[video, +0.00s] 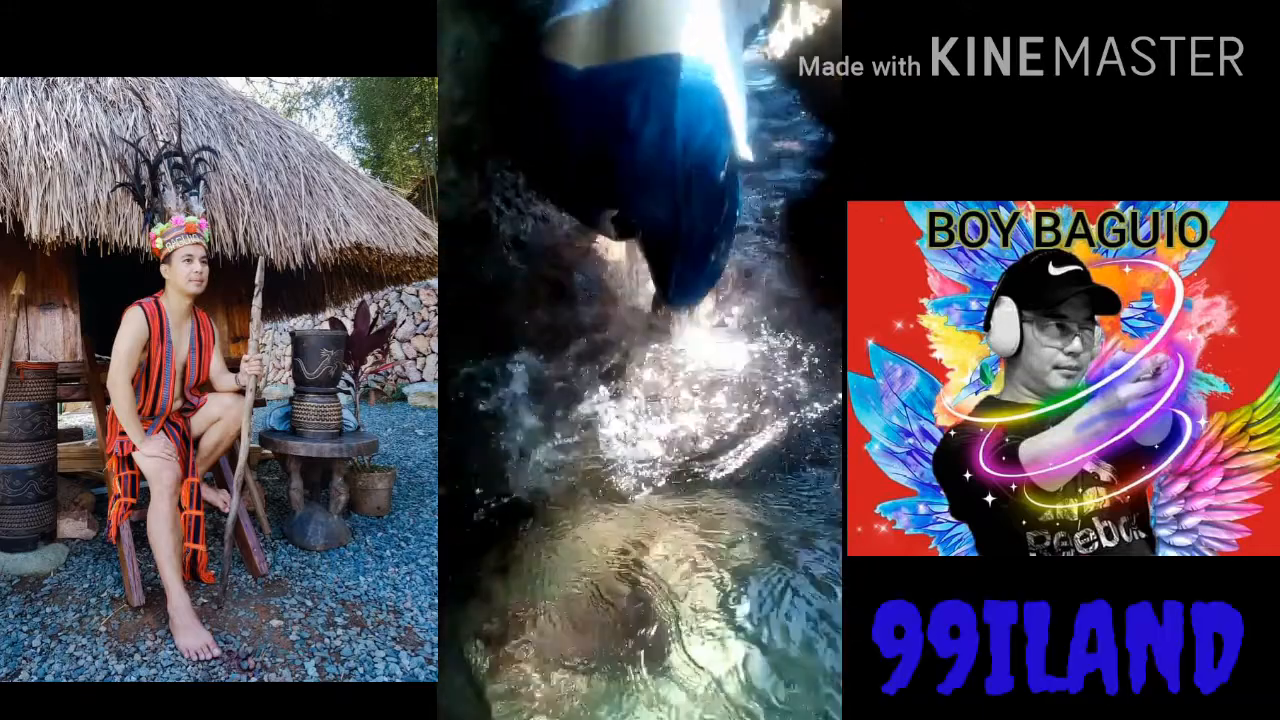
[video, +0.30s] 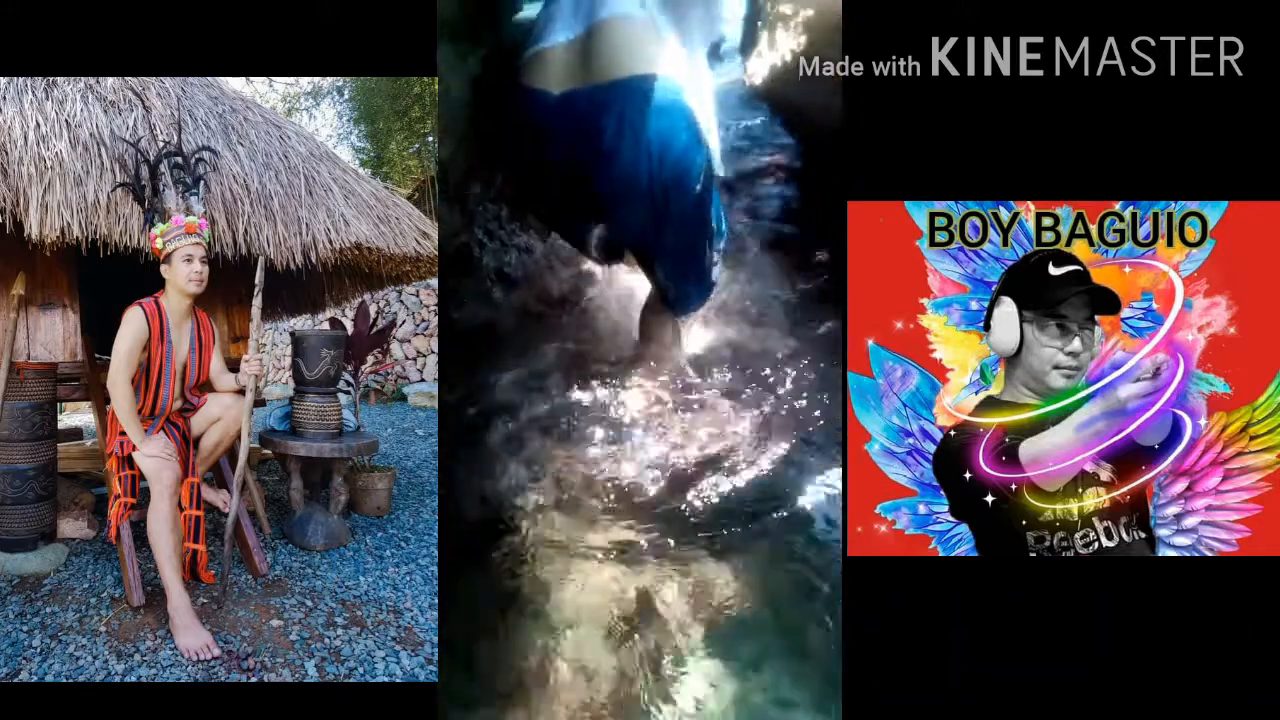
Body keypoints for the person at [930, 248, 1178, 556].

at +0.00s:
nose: (1076, 346)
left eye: (1086, 328)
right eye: (1055, 327)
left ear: (1097, 334)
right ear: (1007, 328)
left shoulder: (1113, 409)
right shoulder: (962, 446)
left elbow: (1156, 435)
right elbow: (1021, 472)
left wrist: (1148, 396)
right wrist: (1105, 412)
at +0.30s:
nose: (1076, 346)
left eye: (1086, 328)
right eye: (1055, 327)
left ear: (1096, 334)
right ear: (1007, 327)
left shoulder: (1113, 409)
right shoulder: (962, 445)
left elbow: (1156, 435)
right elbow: (1022, 472)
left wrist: (1149, 396)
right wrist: (1105, 412)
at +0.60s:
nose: (1076, 346)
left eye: (1086, 328)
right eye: (1055, 327)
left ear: (1097, 334)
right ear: (1007, 327)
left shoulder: (1113, 409)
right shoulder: (962, 445)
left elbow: (1156, 435)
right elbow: (1022, 472)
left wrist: (1149, 396)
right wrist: (1106, 412)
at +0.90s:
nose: (1076, 346)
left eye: (1086, 328)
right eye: (1055, 327)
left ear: (1097, 334)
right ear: (1007, 328)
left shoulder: (1113, 408)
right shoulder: (962, 446)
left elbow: (1155, 435)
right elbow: (1021, 472)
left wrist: (1149, 396)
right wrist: (1106, 412)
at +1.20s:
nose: (1076, 346)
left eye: (1086, 328)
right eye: (1055, 326)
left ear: (1097, 335)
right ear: (1007, 328)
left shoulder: (1113, 408)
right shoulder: (962, 446)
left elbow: (1156, 435)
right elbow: (1022, 471)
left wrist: (1147, 395)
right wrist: (1105, 413)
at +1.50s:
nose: (1076, 346)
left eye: (1086, 328)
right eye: (1055, 326)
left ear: (1097, 335)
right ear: (1007, 328)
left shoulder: (1113, 408)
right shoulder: (962, 446)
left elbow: (1156, 436)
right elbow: (1022, 471)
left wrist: (1147, 395)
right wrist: (1105, 413)